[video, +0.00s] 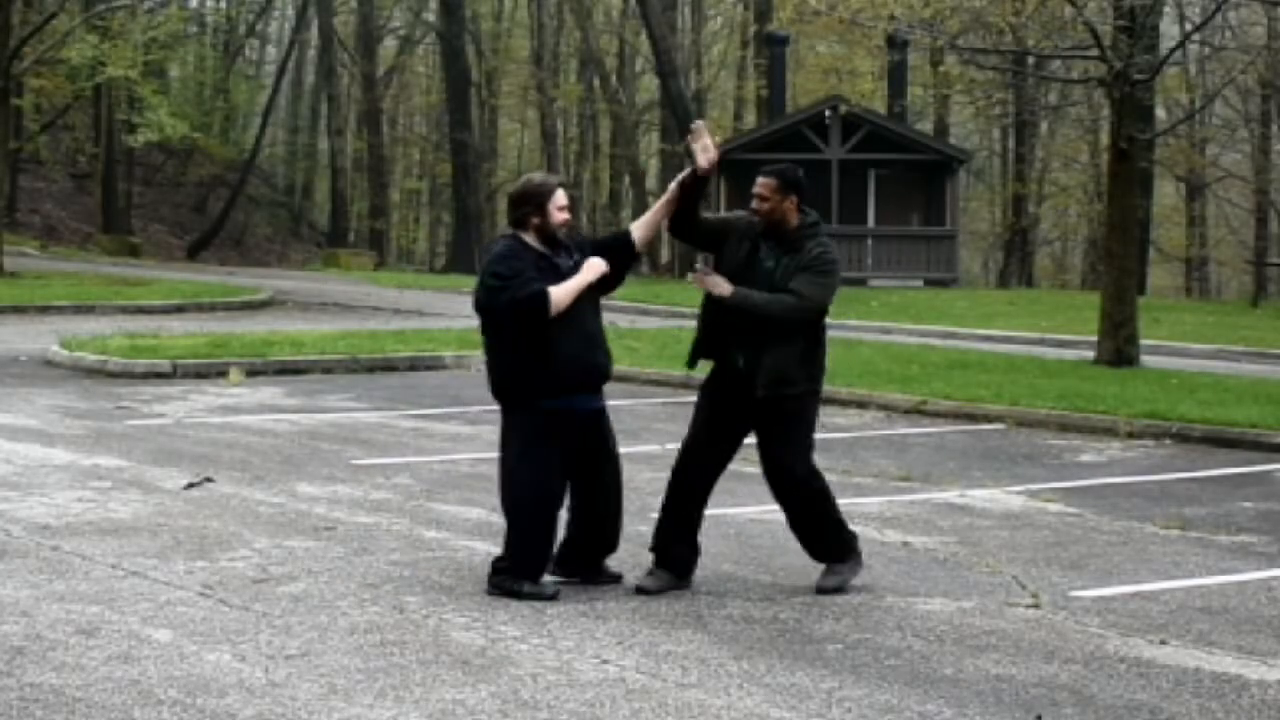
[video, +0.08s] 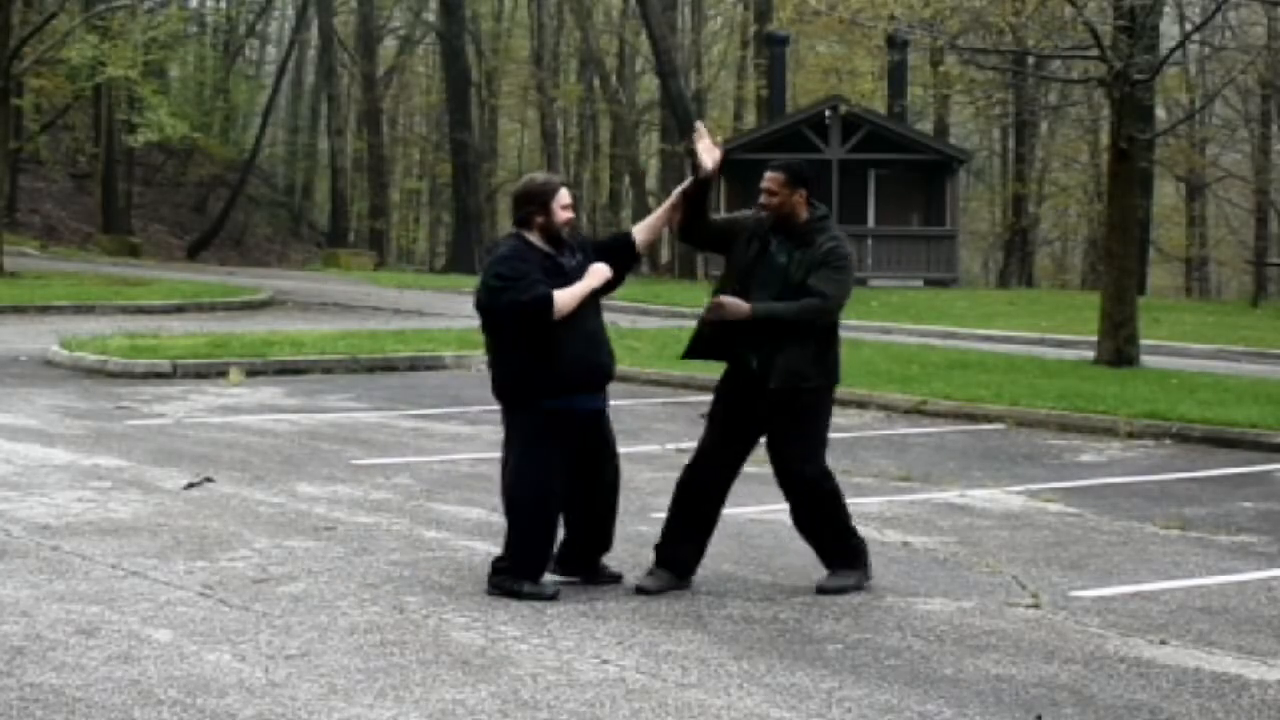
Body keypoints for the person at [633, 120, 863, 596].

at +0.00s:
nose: (755, 205)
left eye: (763, 200)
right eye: (754, 198)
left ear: (791, 203)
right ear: (755, 197)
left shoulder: (816, 253)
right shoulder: (741, 230)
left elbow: (803, 309)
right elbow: (682, 227)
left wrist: (731, 293)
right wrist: (698, 175)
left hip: (787, 384)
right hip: (732, 377)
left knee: (789, 473)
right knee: (692, 469)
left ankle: (842, 554)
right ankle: (672, 566)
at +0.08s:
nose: (763, 200)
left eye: (771, 193)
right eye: (762, 192)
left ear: (799, 198)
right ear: (764, 194)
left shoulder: (830, 248)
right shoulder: (750, 229)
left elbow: (822, 308)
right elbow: (693, 232)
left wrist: (751, 311)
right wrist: (703, 179)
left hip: (802, 383)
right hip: (747, 376)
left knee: (801, 473)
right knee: (707, 471)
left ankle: (849, 564)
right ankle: (673, 567)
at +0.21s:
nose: (778, 195)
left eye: (787, 188)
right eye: (778, 187)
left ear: (815, 192)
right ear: (790, 191)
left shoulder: (851, 244)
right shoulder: (772, 232)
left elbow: (848, 311)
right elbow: (713, 247)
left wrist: (787, 344)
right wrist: (716, 195)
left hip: (830, 382)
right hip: (774, 377)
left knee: (832, 479)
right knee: (735, 469)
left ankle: (848, 568)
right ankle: (701, 563)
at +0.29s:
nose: (784, 195)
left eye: (792, 188)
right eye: (783, 188)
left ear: (822, 193)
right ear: (788, 194)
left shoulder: (858, 245)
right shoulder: (778, 237)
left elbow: (858, 312)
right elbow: (728, 268)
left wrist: (803, 349)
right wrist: (733, 224)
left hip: (842, 383)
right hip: (781, 379)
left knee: (844, 479)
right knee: (750, 460)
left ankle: (847, 568)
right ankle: (748, 561)